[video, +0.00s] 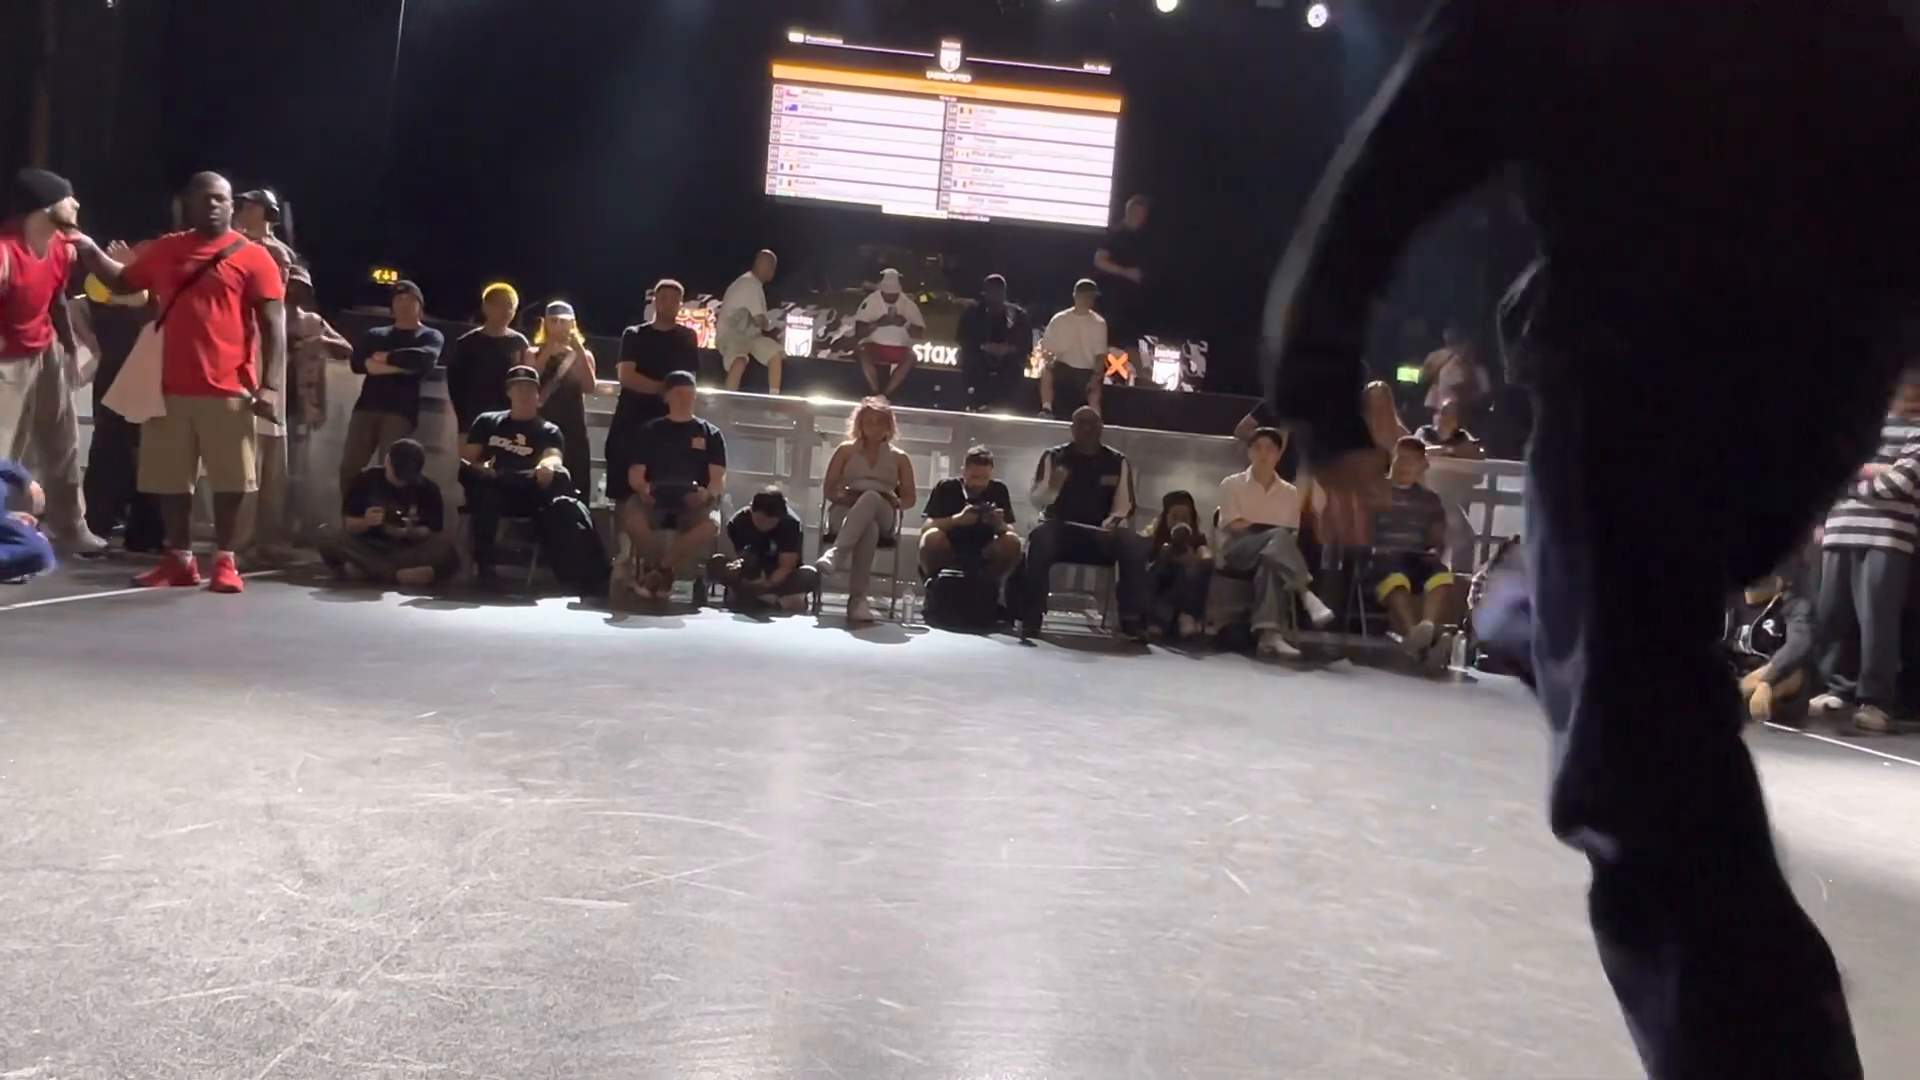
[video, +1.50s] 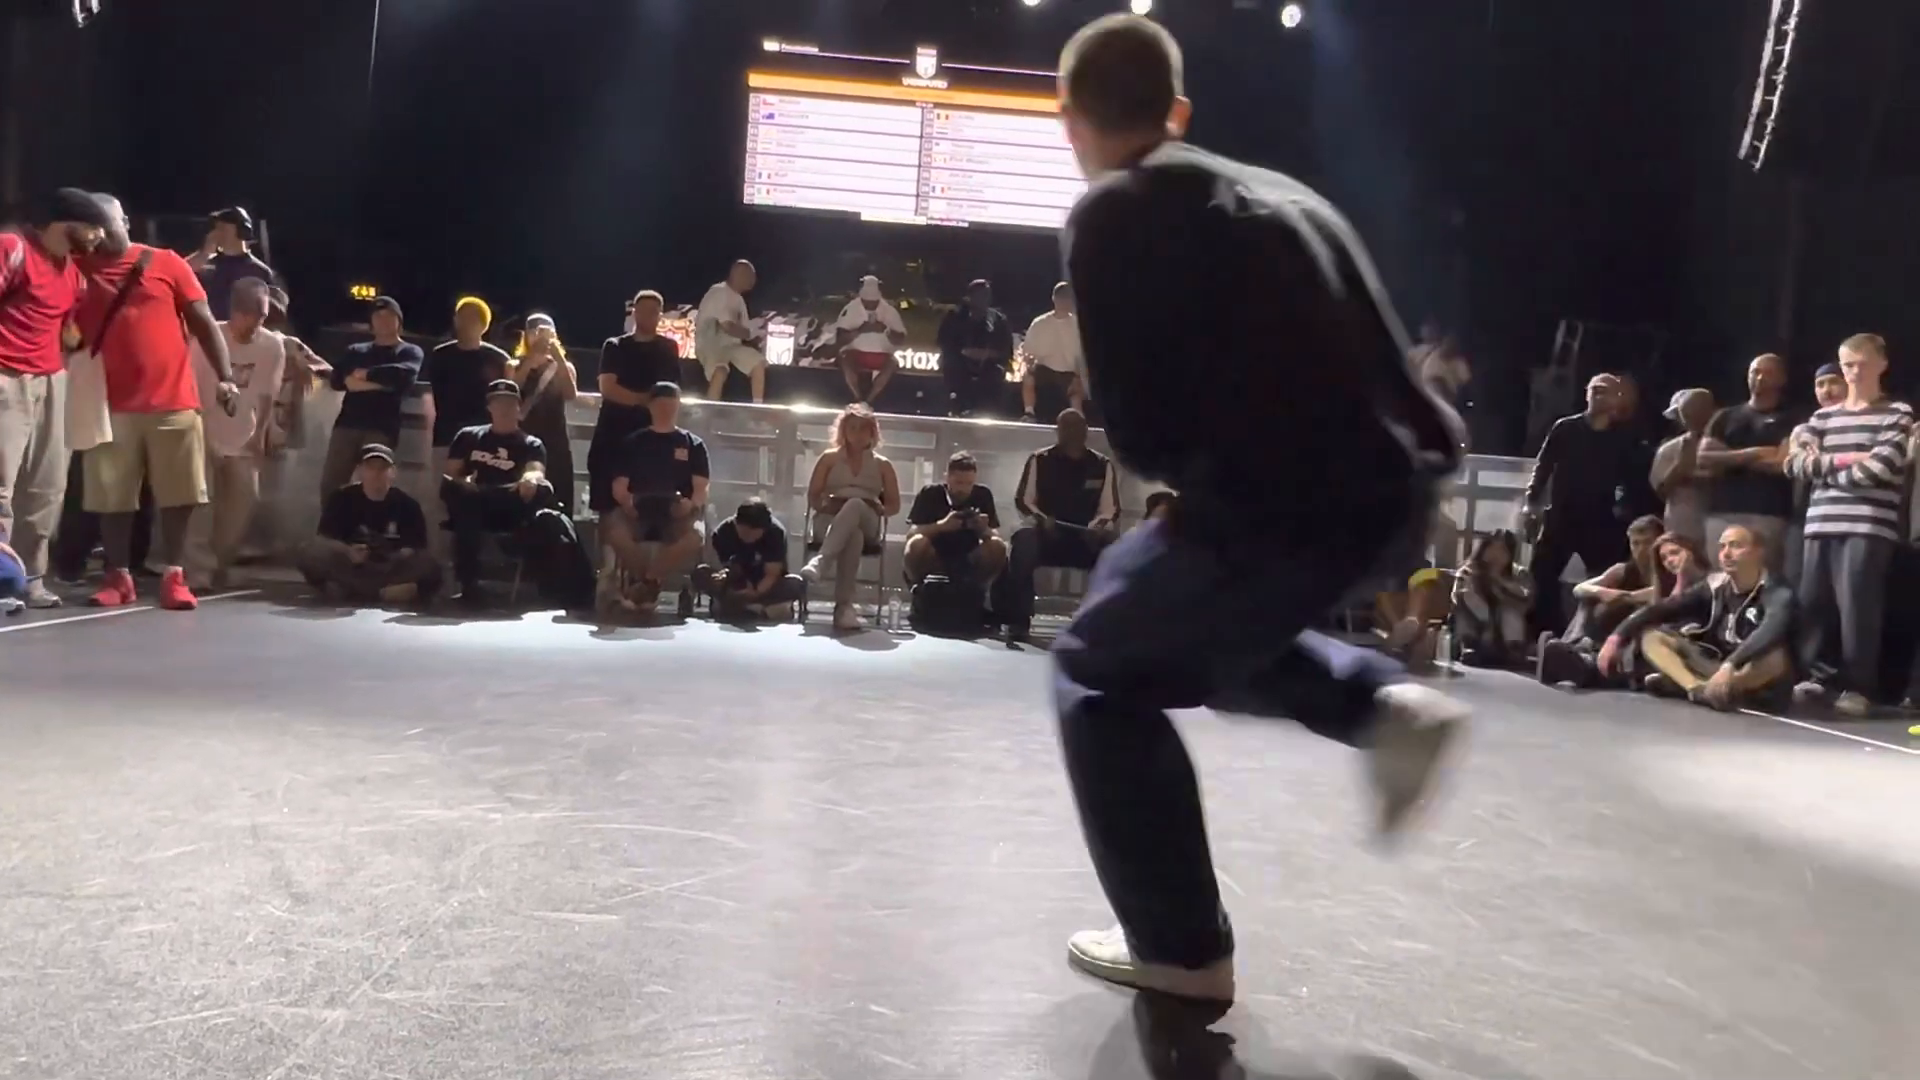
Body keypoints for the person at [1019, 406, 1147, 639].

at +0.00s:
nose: (1087, 429)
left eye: (1093, 423)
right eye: (1081, 423)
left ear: (1102, 428)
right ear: (1071, 428)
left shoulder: (1118, 462)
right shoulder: (1053, 457)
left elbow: (1123, 503)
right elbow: (1037, 500)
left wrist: (1114, 519)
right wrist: (1053, 486)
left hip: (1099, 535)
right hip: (1062, 533)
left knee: (1132, 541)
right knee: (1040, 536)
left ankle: (1132, 619)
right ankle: (1031, 619)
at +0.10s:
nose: (1088, 429)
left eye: (1093, 423)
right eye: (1082, 423)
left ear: (1102, 428)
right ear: (1072, 428)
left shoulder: (1119, 462)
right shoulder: (1056, 454)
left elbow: (1123, 502)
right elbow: (1037, 495)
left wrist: (1115, 519)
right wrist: (1054, 463)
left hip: (1099, 535)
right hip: (1062, 533)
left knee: (1132, 541)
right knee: (1042, 534)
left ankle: (1132, 619)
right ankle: (1032, 619)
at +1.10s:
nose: (1081, 433)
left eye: (1087, 427)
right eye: (1075, 427)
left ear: (1095, 432)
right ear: (1066, 430)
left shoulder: (1112, 465)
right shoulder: (1047, 457)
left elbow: (1116, 508)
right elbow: (1029, 501)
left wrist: (1105, 524)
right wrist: (1041, 484)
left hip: (1090, 537)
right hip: (1053, 535)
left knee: (1123, 543)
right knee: (1033, 538)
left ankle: (1123, 621)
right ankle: (1023, 621)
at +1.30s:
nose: (1075, 437)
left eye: (1082, 431)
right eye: (1070, 431)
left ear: (1091, 433)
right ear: (1063, 432)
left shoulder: (1109, 467)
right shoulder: (1044, 461)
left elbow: (1114, 509)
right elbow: (1030, 502)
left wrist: (1106, 523)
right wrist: (1043, 516)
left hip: (1090, 538)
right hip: (1054, 535)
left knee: (1122, 545)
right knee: (1028, 540)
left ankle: (1121, 624)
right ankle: (1022, 624)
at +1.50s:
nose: (1072, 436)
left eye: (1077, 430)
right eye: (1066, 430)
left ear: (1086, 432)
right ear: (1057, 432)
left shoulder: (1102, 465)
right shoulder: (1038, 460)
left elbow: (1109, 508)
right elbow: (1024, 500)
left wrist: (1100, 522)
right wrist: (1040, 518)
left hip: (1085, 536)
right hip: (1049, 534)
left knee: (1112, 544)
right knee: (1023, 539)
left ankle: (1104, 626)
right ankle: (1019, 622)